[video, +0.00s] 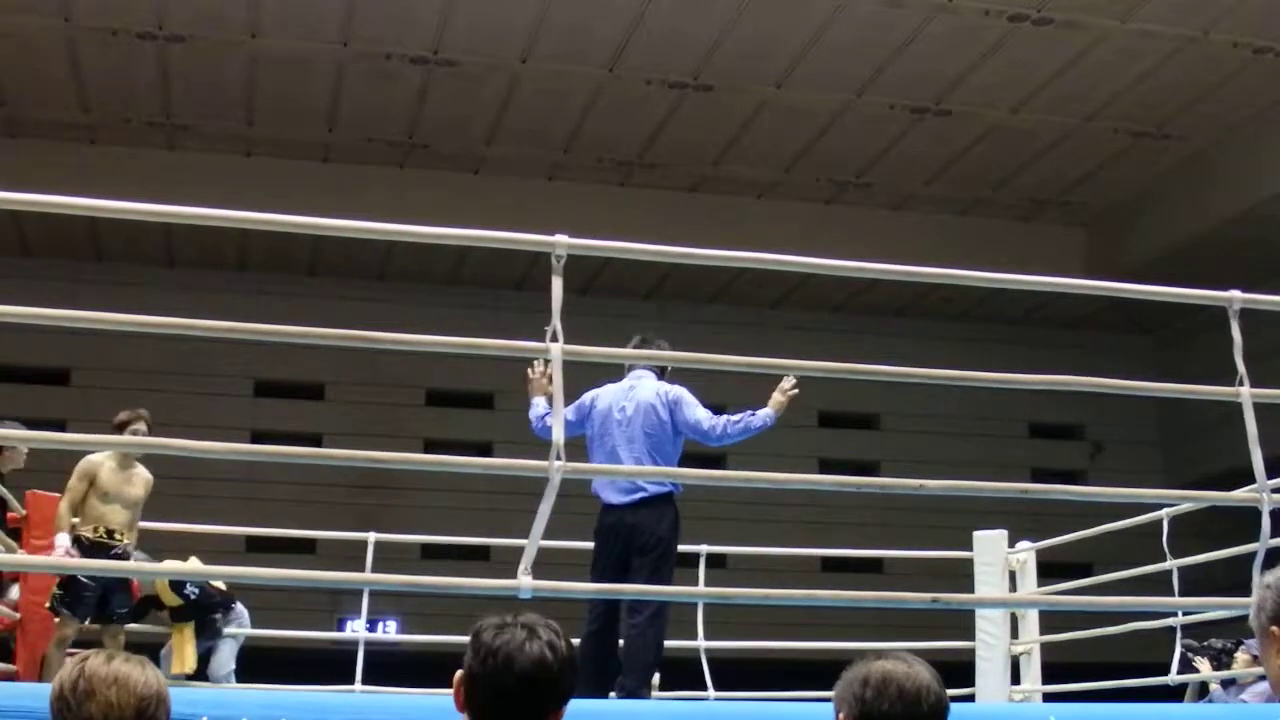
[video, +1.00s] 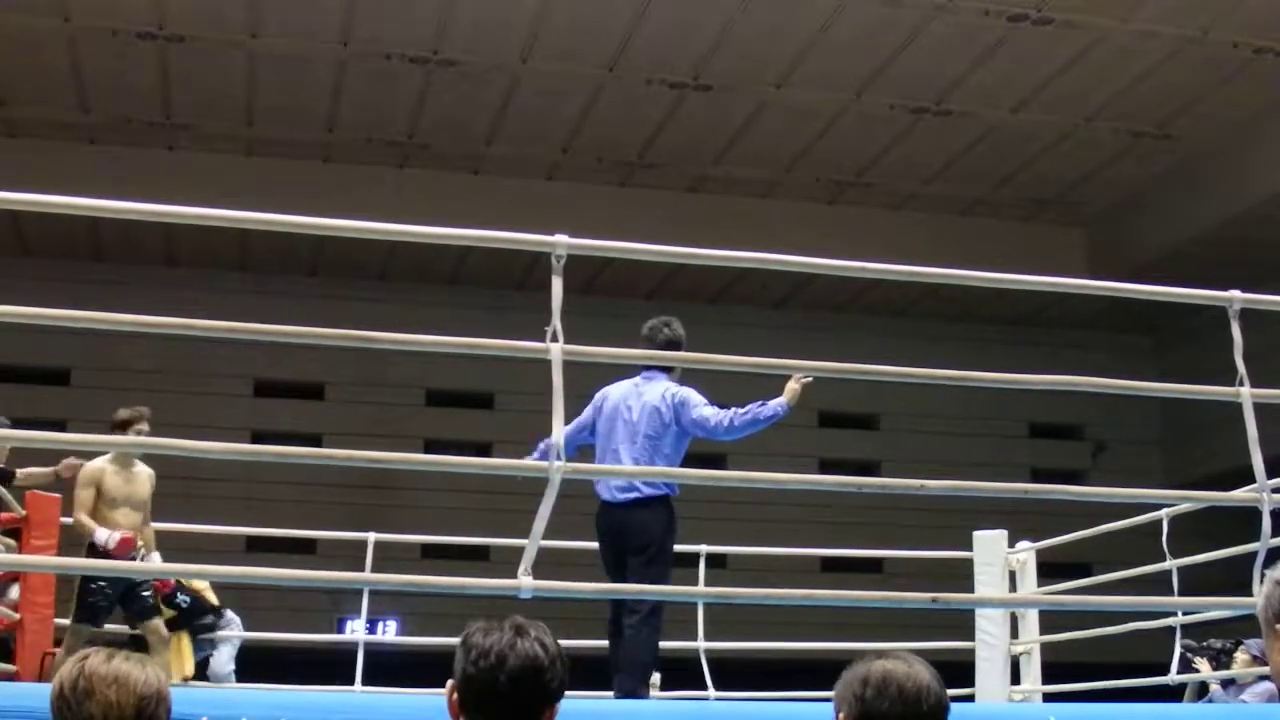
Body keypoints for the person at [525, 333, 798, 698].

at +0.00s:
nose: (669, 374)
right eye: (669, 369)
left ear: (627, 365)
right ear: (663, 367)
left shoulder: (598, 398)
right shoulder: (672, 396)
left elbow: (549, 428)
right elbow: (714, 431)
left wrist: (537, 397)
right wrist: (770, 412)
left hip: (612, 516)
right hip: (656, 514)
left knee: (601, 606)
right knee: (646, 606)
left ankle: (588, 697)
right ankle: (632, 696)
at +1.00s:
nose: (679, 359)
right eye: (680, 354)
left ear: (642, 353)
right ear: (679, 357)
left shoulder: (609, 395)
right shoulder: (678, 397)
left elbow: (569, 436)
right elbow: (720, 423)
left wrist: (533, 460)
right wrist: (783, 402)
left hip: (610, 514)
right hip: (652, 513)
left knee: (622, 602)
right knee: (644, 605)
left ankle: (624, 687)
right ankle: (630, 696)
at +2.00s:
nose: (655, 351)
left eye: (653, 343)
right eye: (652, 344)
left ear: (610, 346)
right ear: (642, 348)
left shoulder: (576, 395)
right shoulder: (652, 393)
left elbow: (549, 446)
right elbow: (653, 456)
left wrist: (581, 480)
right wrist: (664, 488)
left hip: (588, 513)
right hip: (631, 510)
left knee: (610, 606)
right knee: (626, 608)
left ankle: (622, 695)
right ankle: (608, 700)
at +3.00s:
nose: (547, 288)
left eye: (547, 281)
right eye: (546, 281)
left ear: (495, 283)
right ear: (533, 281)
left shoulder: (453, 325)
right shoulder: (553, 332)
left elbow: (418, 368)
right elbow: (567, 395)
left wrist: (389, 418)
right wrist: (562, 440)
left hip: (465, 462)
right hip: (524, 461)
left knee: (472, 563)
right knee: (509, 564)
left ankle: (474, 656)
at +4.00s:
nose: (372, 221)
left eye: (375, 212)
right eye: (371, 211)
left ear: (325, 204)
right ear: (350, 201)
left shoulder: (275, 257)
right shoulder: (336, 238)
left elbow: (239, 338)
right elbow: (326, 308)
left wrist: (215, 410)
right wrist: (372, 348)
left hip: (259, 404)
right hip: (301, 397)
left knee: (289, 537)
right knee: (322, 535)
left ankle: (296, 671)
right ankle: (212, 638)